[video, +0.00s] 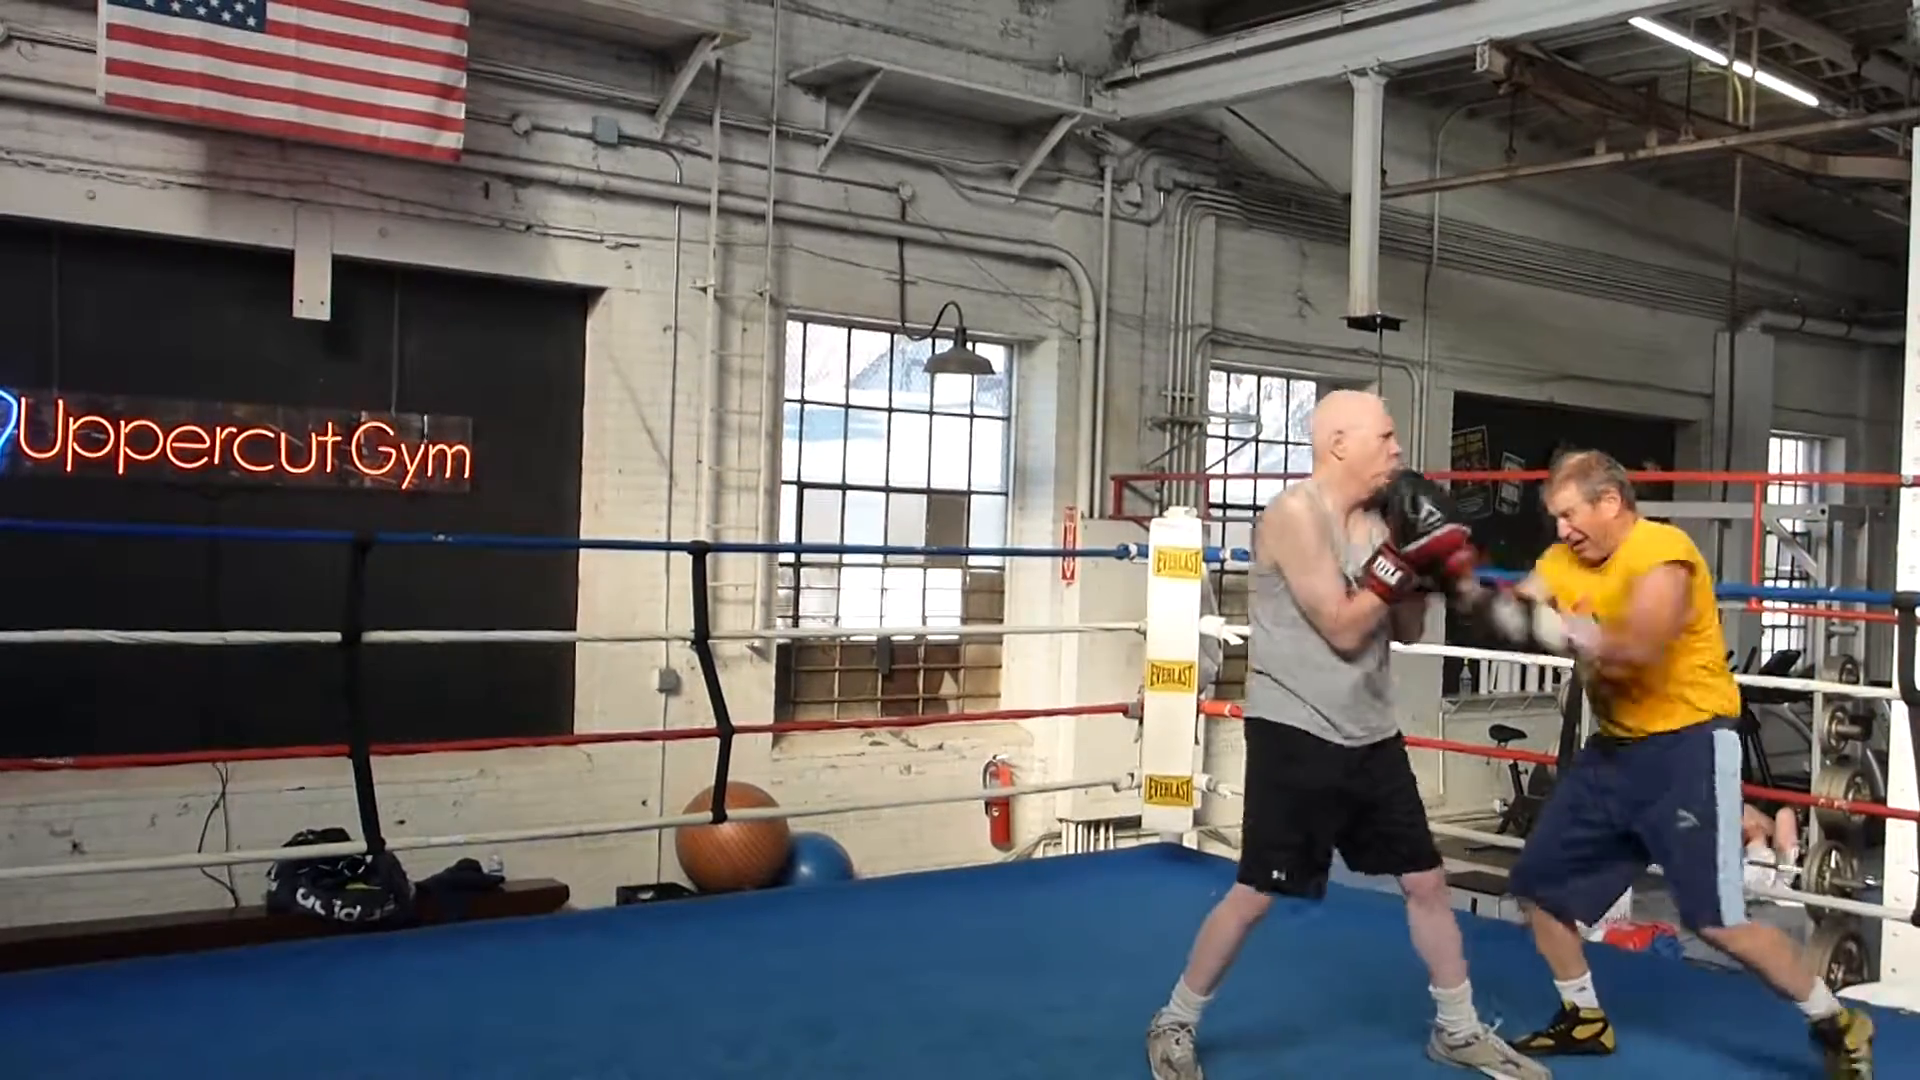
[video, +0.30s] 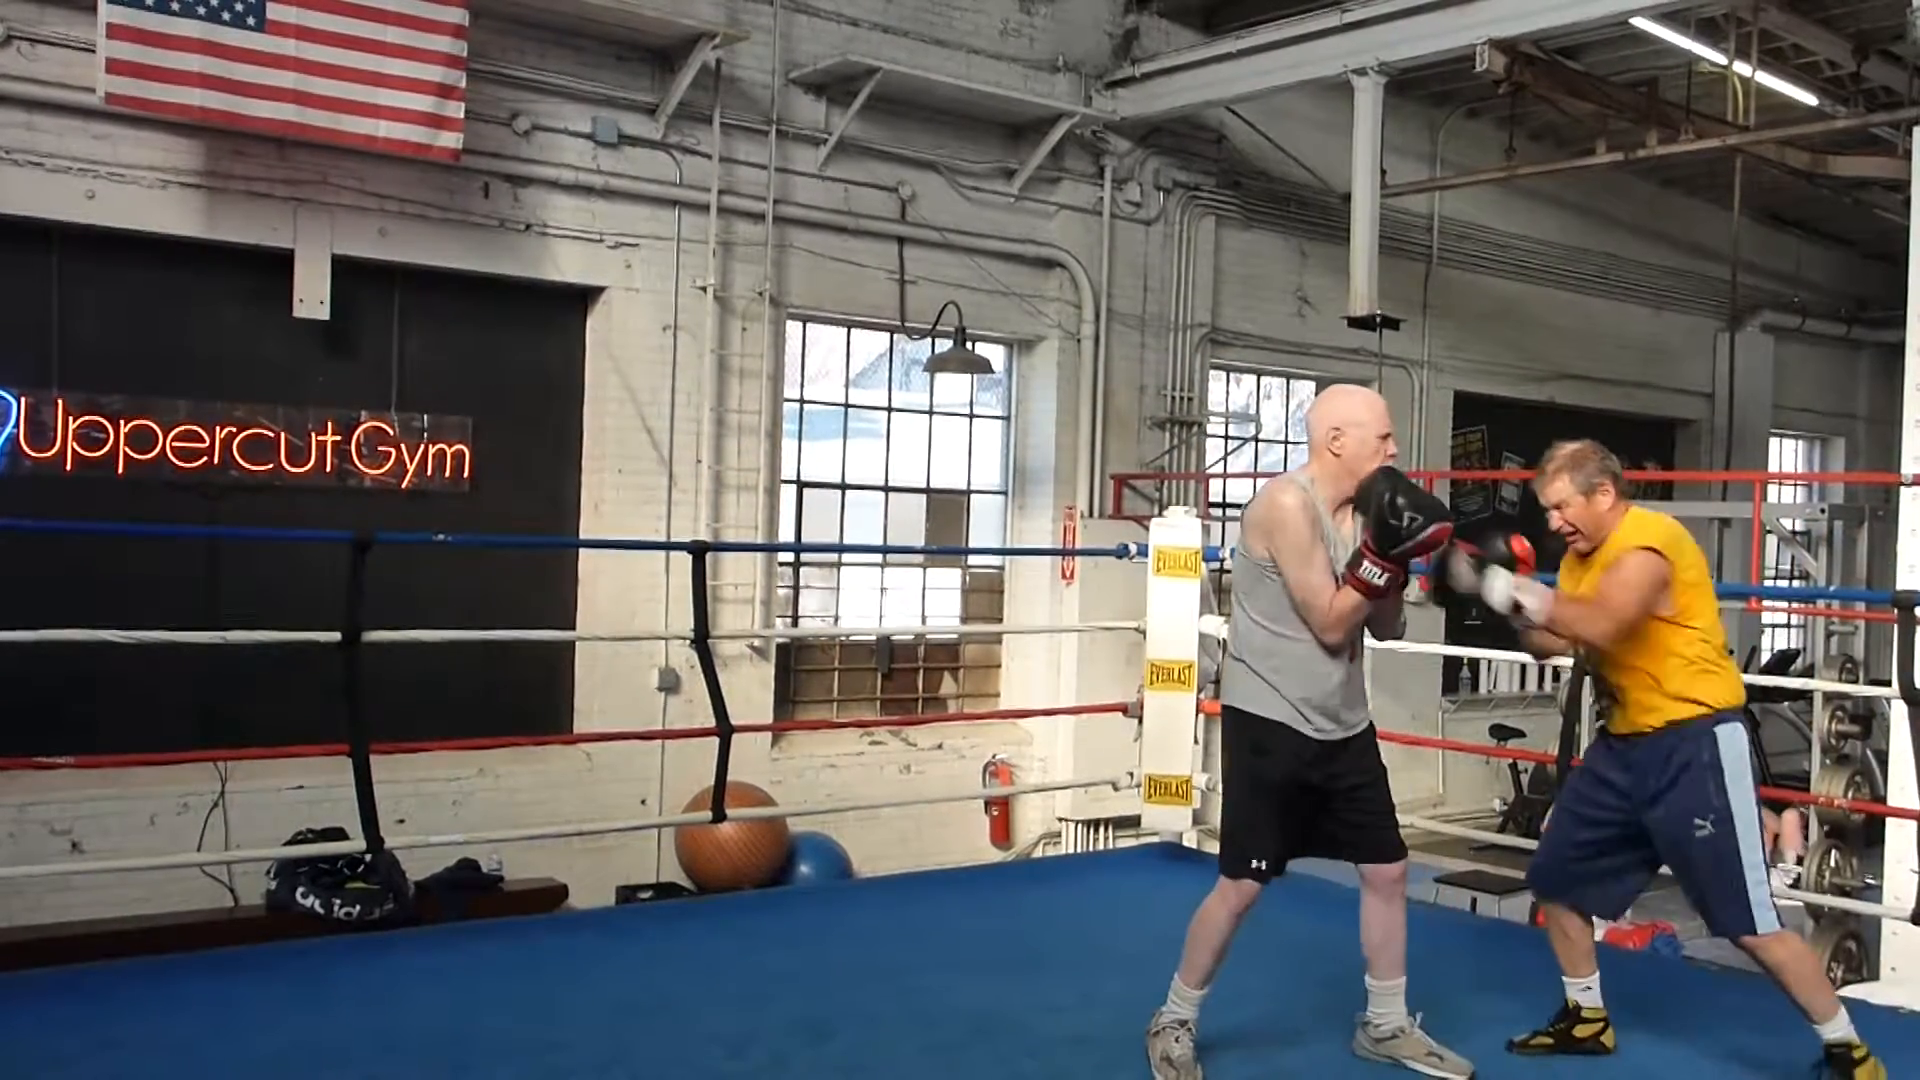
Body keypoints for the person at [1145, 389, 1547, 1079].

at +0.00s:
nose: (1399, 451)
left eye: (1397, 439)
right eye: (1386, 438)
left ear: (1347, 445)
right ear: (1338, 444)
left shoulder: (1375, 522)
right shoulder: (1293, 512)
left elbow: (1406, 630)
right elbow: (1345, 631)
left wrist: (1423, 560)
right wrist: (1402, 560)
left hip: (1371, 735)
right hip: (1293, 733)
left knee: (1426, 879)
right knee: (1257, 891)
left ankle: (1458, 1028)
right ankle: (1176, 1021)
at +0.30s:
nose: (1392, 451)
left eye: (1392, 439)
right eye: (1382, 439)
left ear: (1342, 441)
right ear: (1335, 441)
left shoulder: (1359, 513)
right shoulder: (1282, 503)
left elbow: (1387, 626)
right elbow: (1331, 627)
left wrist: (1396, 557)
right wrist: (1382, 550)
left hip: (1344, 722)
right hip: (1268, 719)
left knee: (1386, 870)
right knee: (1244, 882)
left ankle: (1387, 1025)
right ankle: (1174, 1022)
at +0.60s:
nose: (1390, 448)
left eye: (1391, 436)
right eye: (1380, 435)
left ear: (1343, 435)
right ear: (1330, 435)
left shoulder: (1362, 506)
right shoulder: (1276, 498)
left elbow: (1386, 625)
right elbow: (1318, 629)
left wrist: (1393, 548)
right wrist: (1358, 552)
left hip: (1337, 722)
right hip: (1261, 716)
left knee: (1370, 871)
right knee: (1236, 875)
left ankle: (1385, 1024)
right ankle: (1173, 1019)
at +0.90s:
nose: (1404, 451)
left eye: (1408, 439)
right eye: (1394, 435)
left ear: (1383, 437)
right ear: (1347, 428)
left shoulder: (1385, 505)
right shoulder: (1293, 492)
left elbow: (1406, 625)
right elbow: (1320, 620)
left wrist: (1430, 548)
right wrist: (1382, 543)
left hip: (1370, 723)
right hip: (1290, 718)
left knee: (1385, 877)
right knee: (1253, 878)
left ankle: (1385, 1026)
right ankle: (1182, 1016)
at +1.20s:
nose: (1407, 462)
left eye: (1411, 448)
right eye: (1395, 448)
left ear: (1411, 449)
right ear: (1346, 442)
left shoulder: (1397, 513)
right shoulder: (1294, 512)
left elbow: (1425, 632)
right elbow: (1326, 638)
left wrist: (1437, 560)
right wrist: (1377, 556)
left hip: (1403, 736)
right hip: (1311, 740)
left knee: (1483, 866)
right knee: (1285, 904)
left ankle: (1437, 1010)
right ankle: (1238, 1034)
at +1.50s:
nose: (1459, 451)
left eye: (1460, 438)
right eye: (1443, 440)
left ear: (1461, 443)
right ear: (1394, 449)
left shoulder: (1471, 518)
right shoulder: (1346, 521)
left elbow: (1508, 633)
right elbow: (1332, 653)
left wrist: (1492, 558)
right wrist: (1391, 640)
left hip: (1466, 755)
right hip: (1363, 754)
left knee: (1523, 910)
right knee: (1304, 910)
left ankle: (1530, 1071)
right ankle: (1240, 1039)